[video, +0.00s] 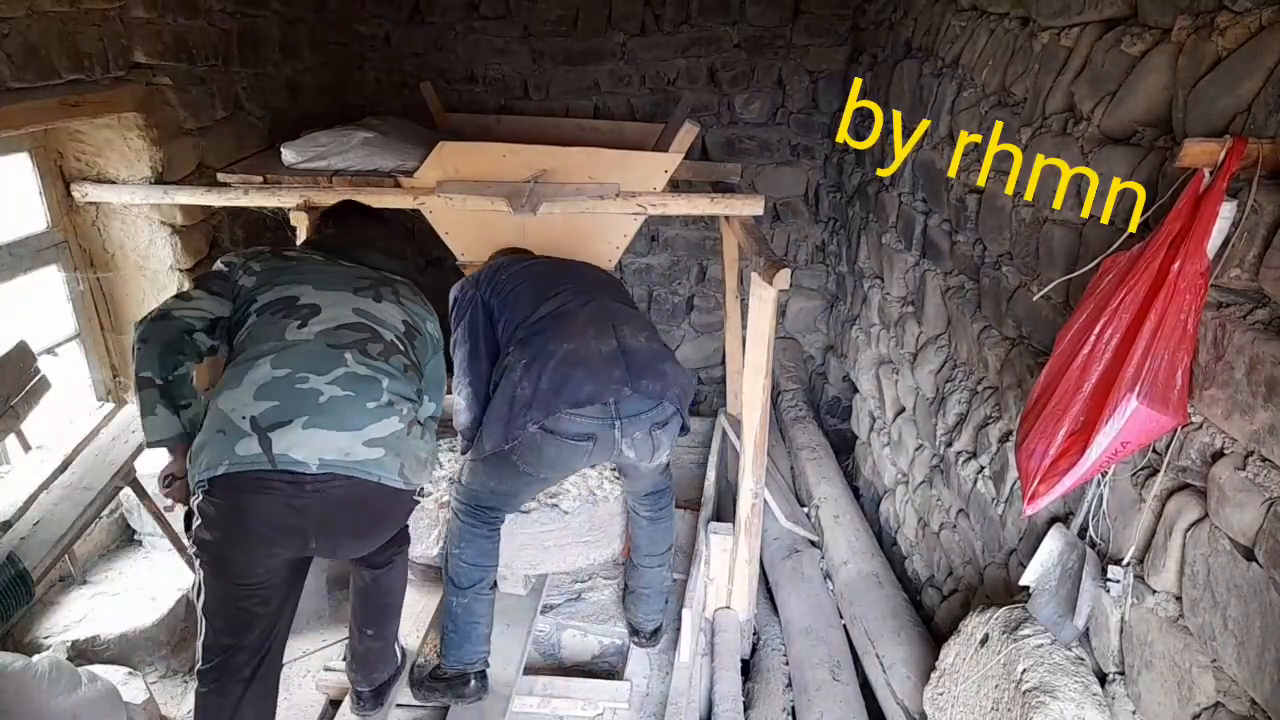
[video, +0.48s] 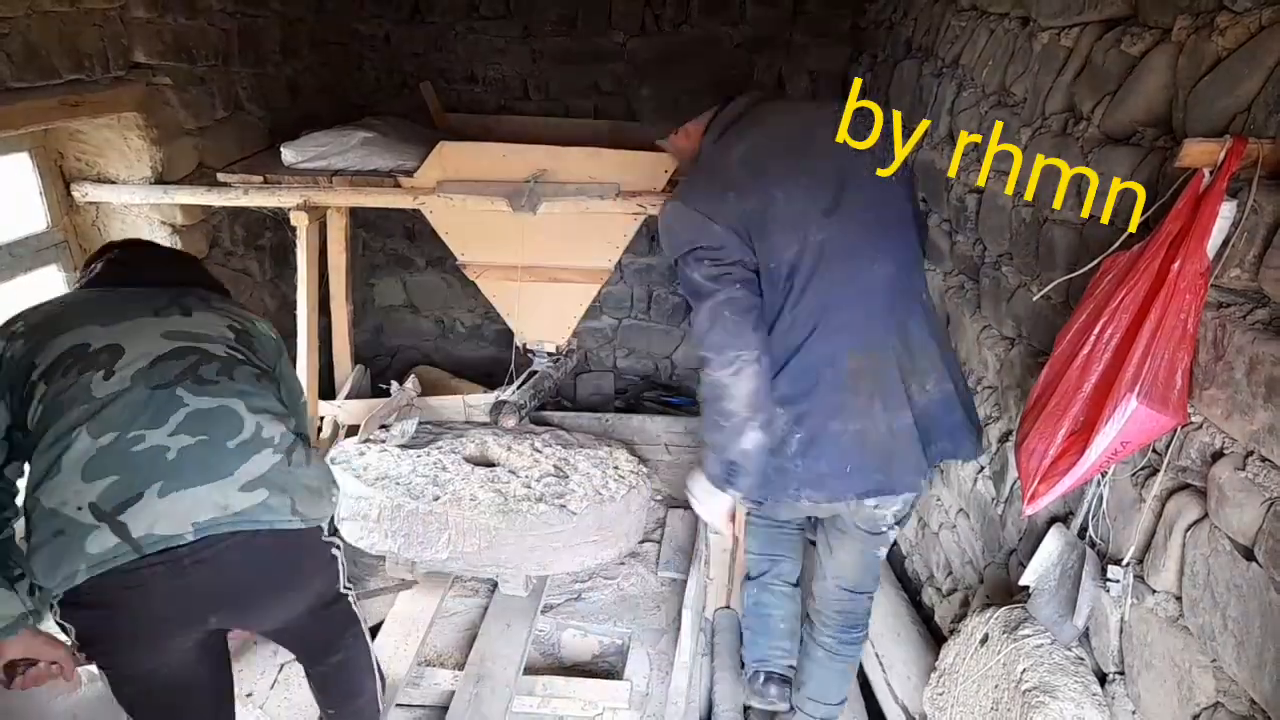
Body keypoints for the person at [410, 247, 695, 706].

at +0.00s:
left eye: (474, 274)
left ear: (488, 268)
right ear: (538, 258)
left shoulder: (475, 286)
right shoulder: (594, 274)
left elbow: (466, 400)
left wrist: (476, 453)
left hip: (560, 417)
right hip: (652, 413)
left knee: (477, 509)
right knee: (651, 498)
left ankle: (462, 666)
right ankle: (647, 621)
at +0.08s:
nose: (478, 280)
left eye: (485, 272)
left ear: (501, 264)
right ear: (548, 253)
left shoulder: (491, 281)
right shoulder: (608, 268)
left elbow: (481, 384)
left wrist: (482, 443)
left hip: (575, 407)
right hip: (665, 408)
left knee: (487, 499)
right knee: (657, 499)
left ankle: (465, 655)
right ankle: (649, 621)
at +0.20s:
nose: (469, 276)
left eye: (471, 269)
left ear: (494, 249)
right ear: (549, 236)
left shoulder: (489, 269)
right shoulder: (611, 250)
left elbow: (488, 385)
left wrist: (494, 482)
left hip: (583, 418)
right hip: (669, 410)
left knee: (554, 568)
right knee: (653, 513)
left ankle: (594, 711)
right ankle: (649, 619)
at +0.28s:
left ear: (527, 201)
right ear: (606, 195)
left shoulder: (477, 273)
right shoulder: (670, 253)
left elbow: (471, 431)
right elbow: (723, 375)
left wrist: (509, 478)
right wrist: (736, 485)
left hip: (549, 527)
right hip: (659, 520)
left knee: (554, 668)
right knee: (641, 623)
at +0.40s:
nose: (603, 193)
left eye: (598, 179)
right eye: (594, 184)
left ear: (626, 146)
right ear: (663, 128)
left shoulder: (637, 197)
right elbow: (881, 266)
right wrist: (798, 304)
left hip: (738, 469)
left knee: (661, 639)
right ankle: (797, 712)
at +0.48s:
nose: (670, 164)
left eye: (664, 145)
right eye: (662, 149)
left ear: (686, 127)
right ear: (730, 95)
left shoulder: (703, 201)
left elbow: (734, 349)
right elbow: (918, 243)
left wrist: (724, 475)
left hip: (783, 442)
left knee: (772, 570)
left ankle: (770, 691)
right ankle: (820, 711)